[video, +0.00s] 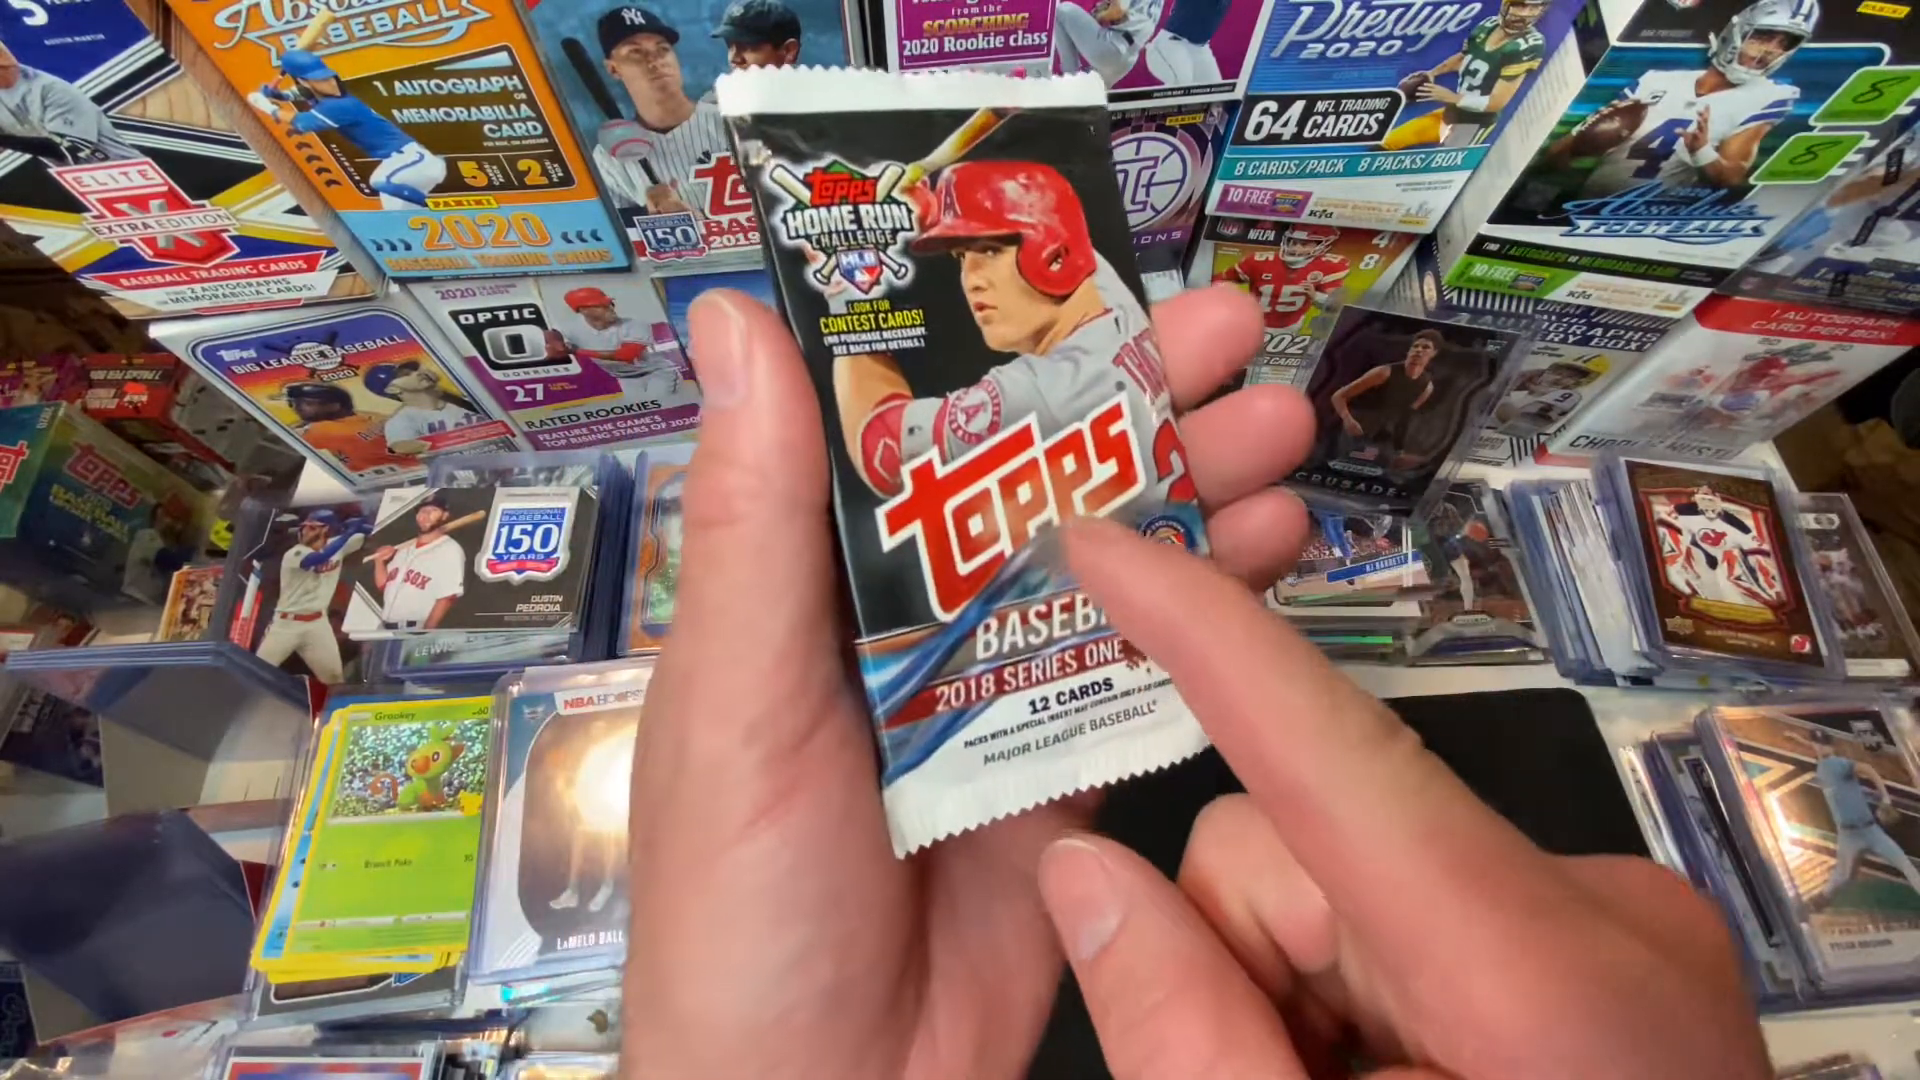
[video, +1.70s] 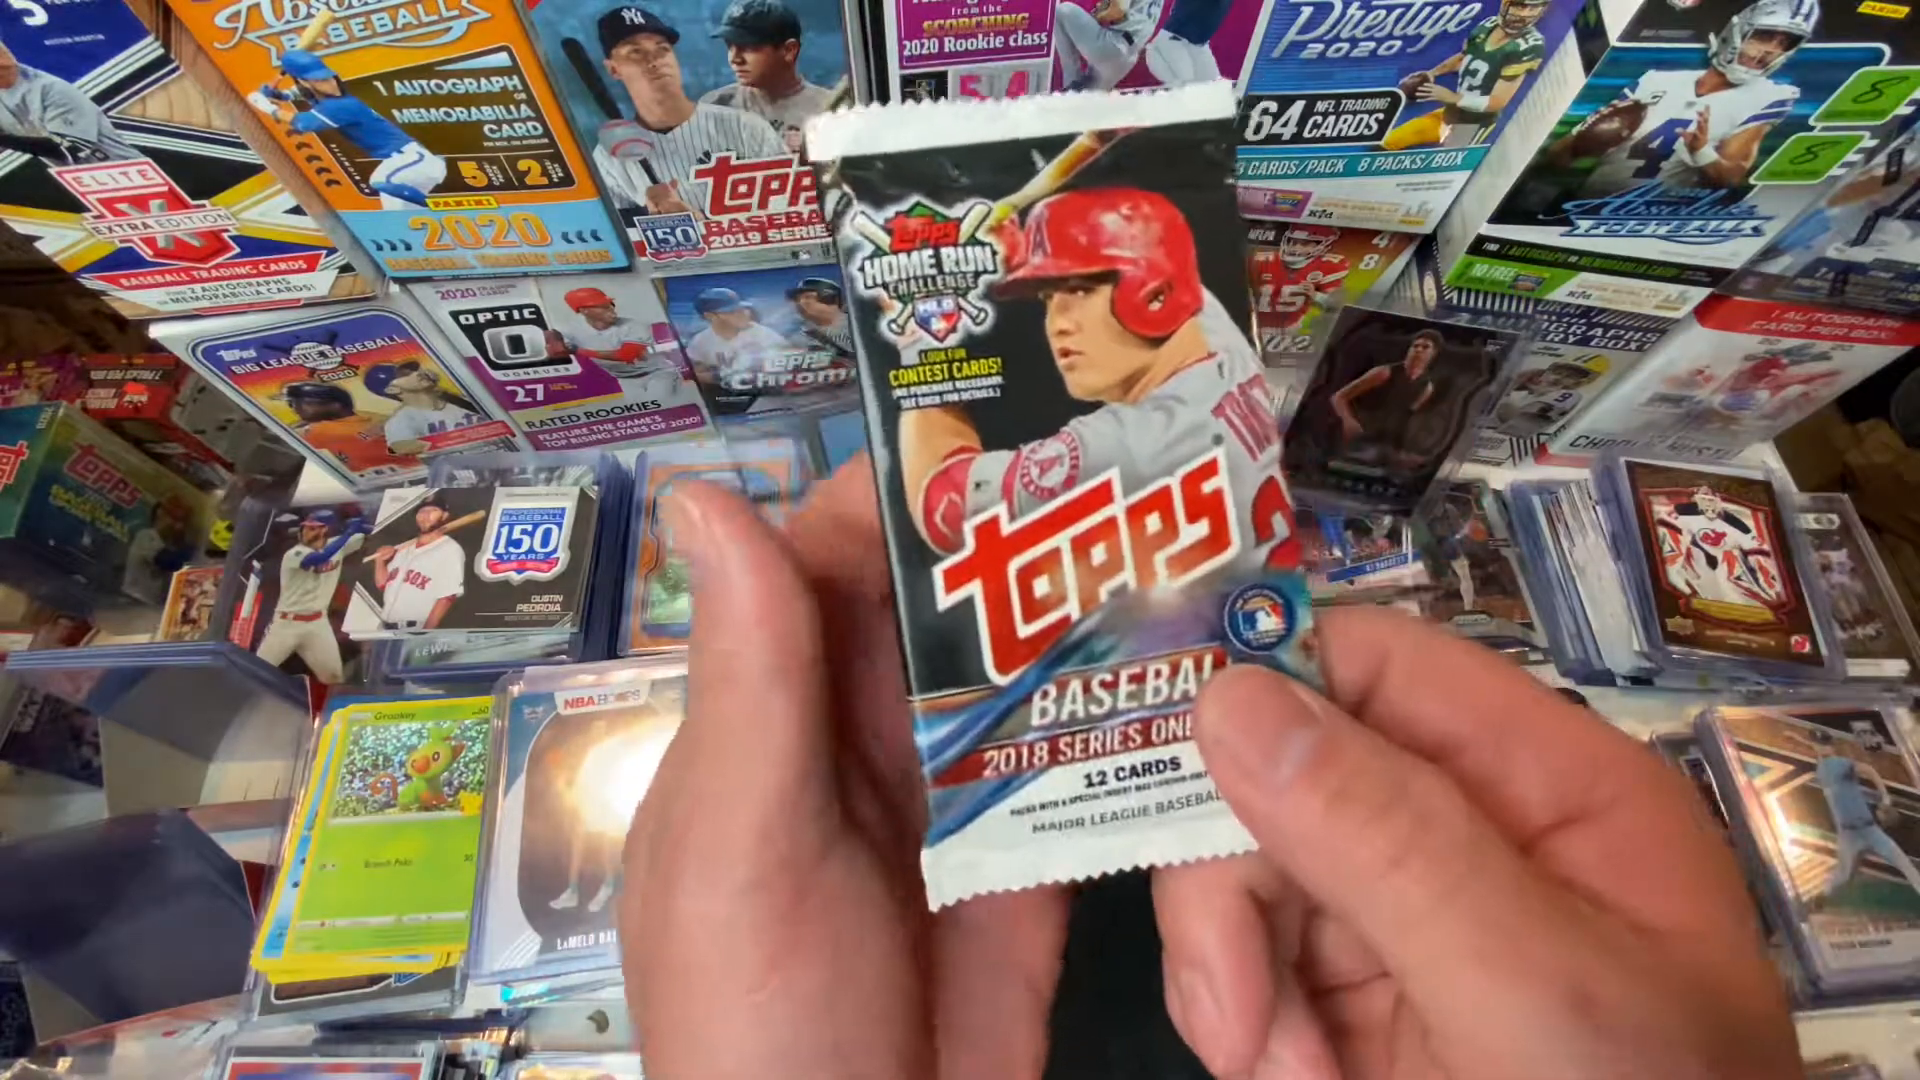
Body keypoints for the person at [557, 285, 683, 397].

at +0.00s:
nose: (612, 308)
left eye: (610, 304)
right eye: (605, 306)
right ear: (587, 312)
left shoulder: (634, 325)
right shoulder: (578, 336)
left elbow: (628, 355)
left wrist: (583, 354)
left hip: (658, 371)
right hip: (625, 377)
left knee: (655, 400)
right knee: (630, 404)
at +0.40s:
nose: (612, 309)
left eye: (609, 305)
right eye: (605, 307)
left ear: (608, 306)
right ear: (588, 315)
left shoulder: (635, 325)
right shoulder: (580, 337)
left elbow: (628, 355)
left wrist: (582, 354)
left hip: (658, 370)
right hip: (626, 376)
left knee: (657, 394)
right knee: (630, 399)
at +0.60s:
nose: (612, 310)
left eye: (610, 306)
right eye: (605, 308)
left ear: (610, 305)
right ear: (588, 314)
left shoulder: (636, 326)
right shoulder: (589, 342)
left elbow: (627, 356)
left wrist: (580, 353)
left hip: (658, 371)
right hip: (627, 379)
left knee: (656, 400)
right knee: (632, 404)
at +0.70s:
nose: (612, 309)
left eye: (611, 305)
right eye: (605, 307)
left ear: (611, 304)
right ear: (588, 313)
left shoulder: (636, 325)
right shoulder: (581, 338)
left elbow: (627, 355)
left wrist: (581, 353)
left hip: (658, 371)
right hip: (626, 378)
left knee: (656, 400)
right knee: (632, 403)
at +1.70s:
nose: (613, 310)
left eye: (611, 306)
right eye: (606, 308)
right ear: (586, 312)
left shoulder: (633, 326)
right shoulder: (576, 336)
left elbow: (628, 355)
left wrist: (584, 354)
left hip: (654, 372)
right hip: (616, 379)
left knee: (658, 390)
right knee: (629, 395)